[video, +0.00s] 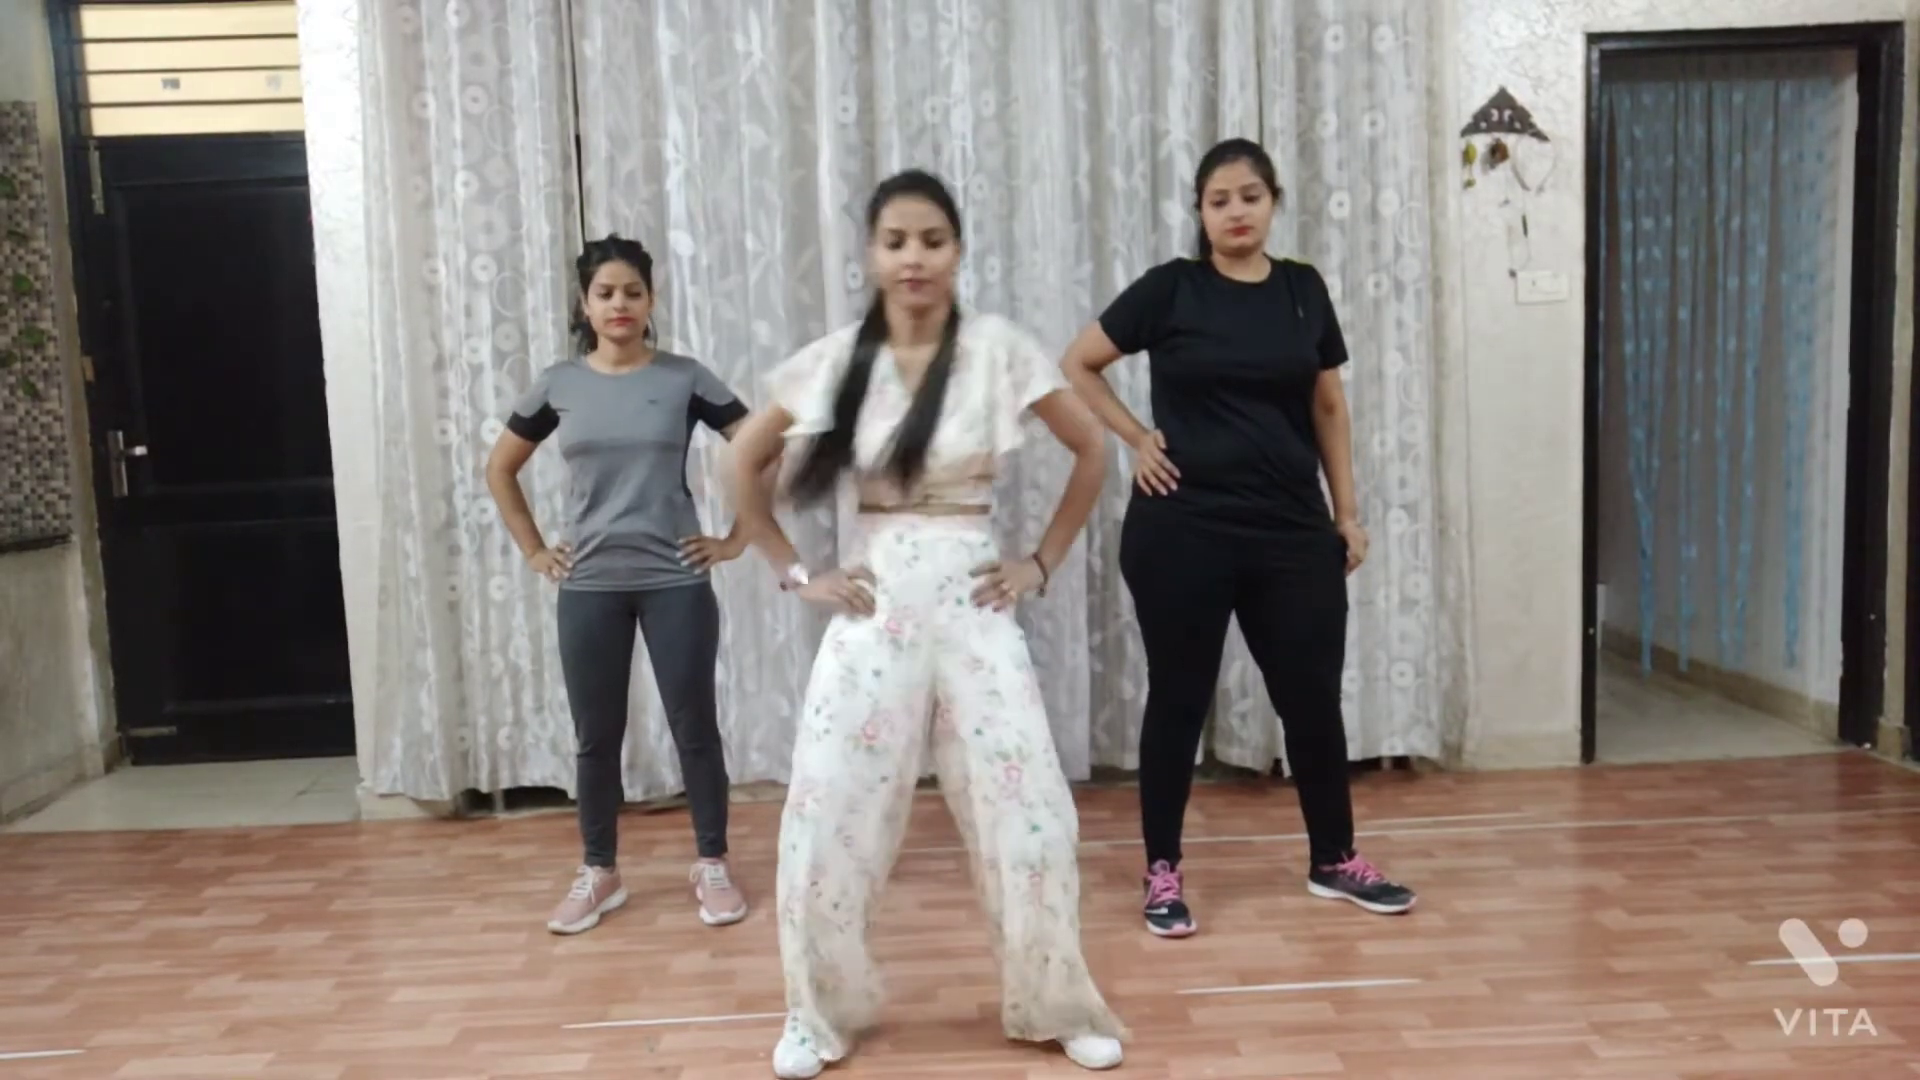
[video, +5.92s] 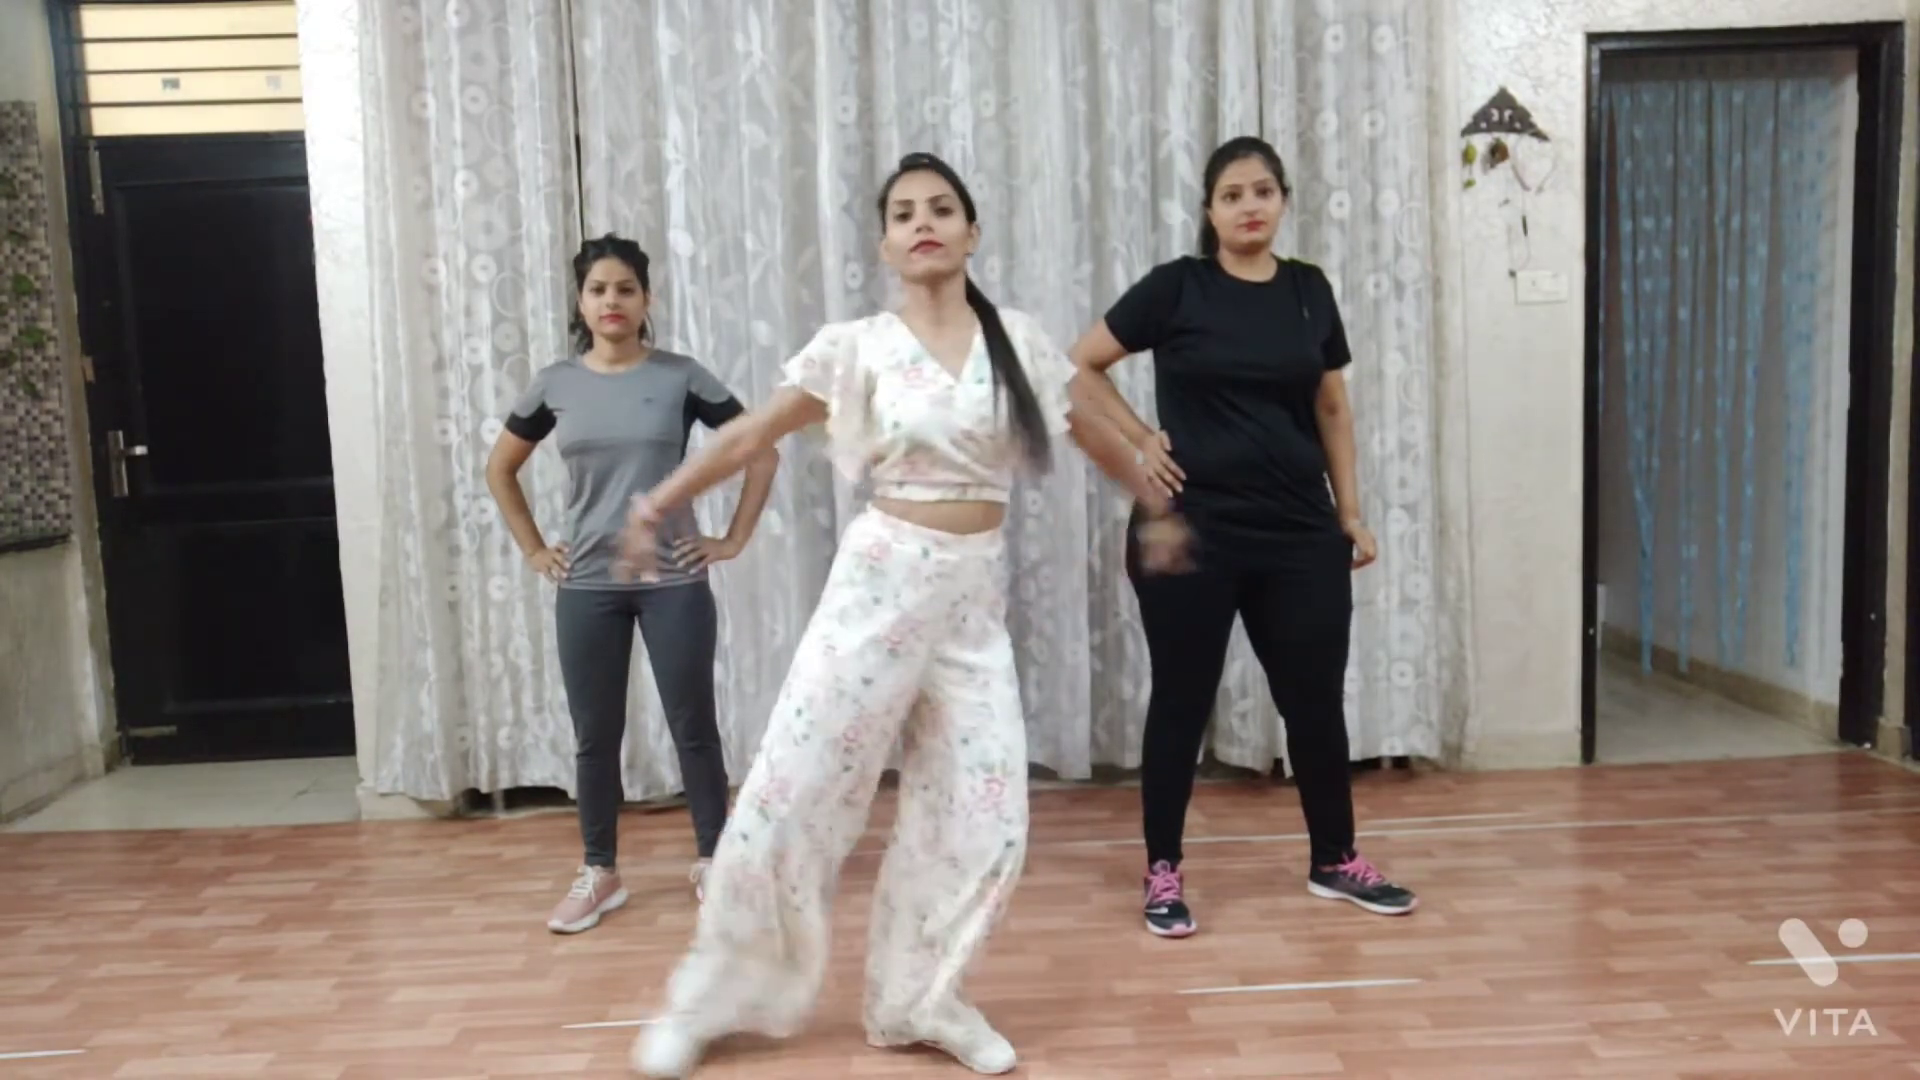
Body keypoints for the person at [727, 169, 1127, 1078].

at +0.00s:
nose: (915, 260)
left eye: (933, 241)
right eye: (896, 242)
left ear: (959, 253)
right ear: (870, 257)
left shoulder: (1001, 352)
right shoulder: (832, 363)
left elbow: (1095, 449)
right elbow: (740, 463)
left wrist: (1038, 562)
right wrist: (798, 575)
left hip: (975, 611)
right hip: (870, 614)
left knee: (1031, 812)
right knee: (823, 812)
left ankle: (1062, 1009)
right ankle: (816, 1013)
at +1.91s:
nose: (851, 259)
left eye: (869, 242)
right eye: (832, 242)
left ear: (896, 256)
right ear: (808, 258)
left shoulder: (944, 352)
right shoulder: (781, 383)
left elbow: (1062, 424)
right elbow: (725, 510)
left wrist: (1052, 546)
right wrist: (812, 596)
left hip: (988, 587)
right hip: (881, 609)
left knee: (1057, 811)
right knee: (830, 827)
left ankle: (1080, 997)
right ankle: (827, 1006)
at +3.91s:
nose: (846, 262)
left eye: (865, 244)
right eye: (828, 243)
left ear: (890, 257)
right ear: (804, 257)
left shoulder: (932, 352)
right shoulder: (773, 383)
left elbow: (1045, 428)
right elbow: (722, 504)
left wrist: (1051, 540)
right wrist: (805, 590)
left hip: (983, 584)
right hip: (879, 607)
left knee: (1044, 799)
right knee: (839, 818)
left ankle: (1079, 1003)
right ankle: (828, 1014)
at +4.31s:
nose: (980, 237)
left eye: (996, 218)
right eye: (961, 222)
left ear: (1025, 230)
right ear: (938, 240)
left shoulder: (1067, 331)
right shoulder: (902, 344)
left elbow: (1138, 434)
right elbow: (802, 433)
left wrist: (1082, 543)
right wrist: (812, 553)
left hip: (1001, 597)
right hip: (900, 588)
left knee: (1043, 800)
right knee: (854, 796)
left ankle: (1084, 1007)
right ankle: (819, 1021)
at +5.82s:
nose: (916, 224)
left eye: (934, 209)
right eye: (899, 213)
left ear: (967, 228)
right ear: (877, 238)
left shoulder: (1007, 344)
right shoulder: (847, 347)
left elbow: (1053, 446)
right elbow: (763, 448)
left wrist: (1087, 523)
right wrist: (704, 520)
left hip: (971, 601)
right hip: (867, 593)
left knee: (990, 812)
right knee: (797, 791)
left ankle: (949, 1006)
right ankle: (775, 1007)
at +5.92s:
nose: (924, 226)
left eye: (941, 211)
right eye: (906, 216)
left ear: (973, 231)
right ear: (885, 242)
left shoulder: (1019, 340)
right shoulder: (854, 347)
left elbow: (1096, 434)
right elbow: (752, 433)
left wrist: (1161, 501)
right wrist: (656, 501)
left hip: (976, 603)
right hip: (877, 594)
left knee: (990, 817)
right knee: (789, 790)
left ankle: (921, 1000)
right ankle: (702, 1001)